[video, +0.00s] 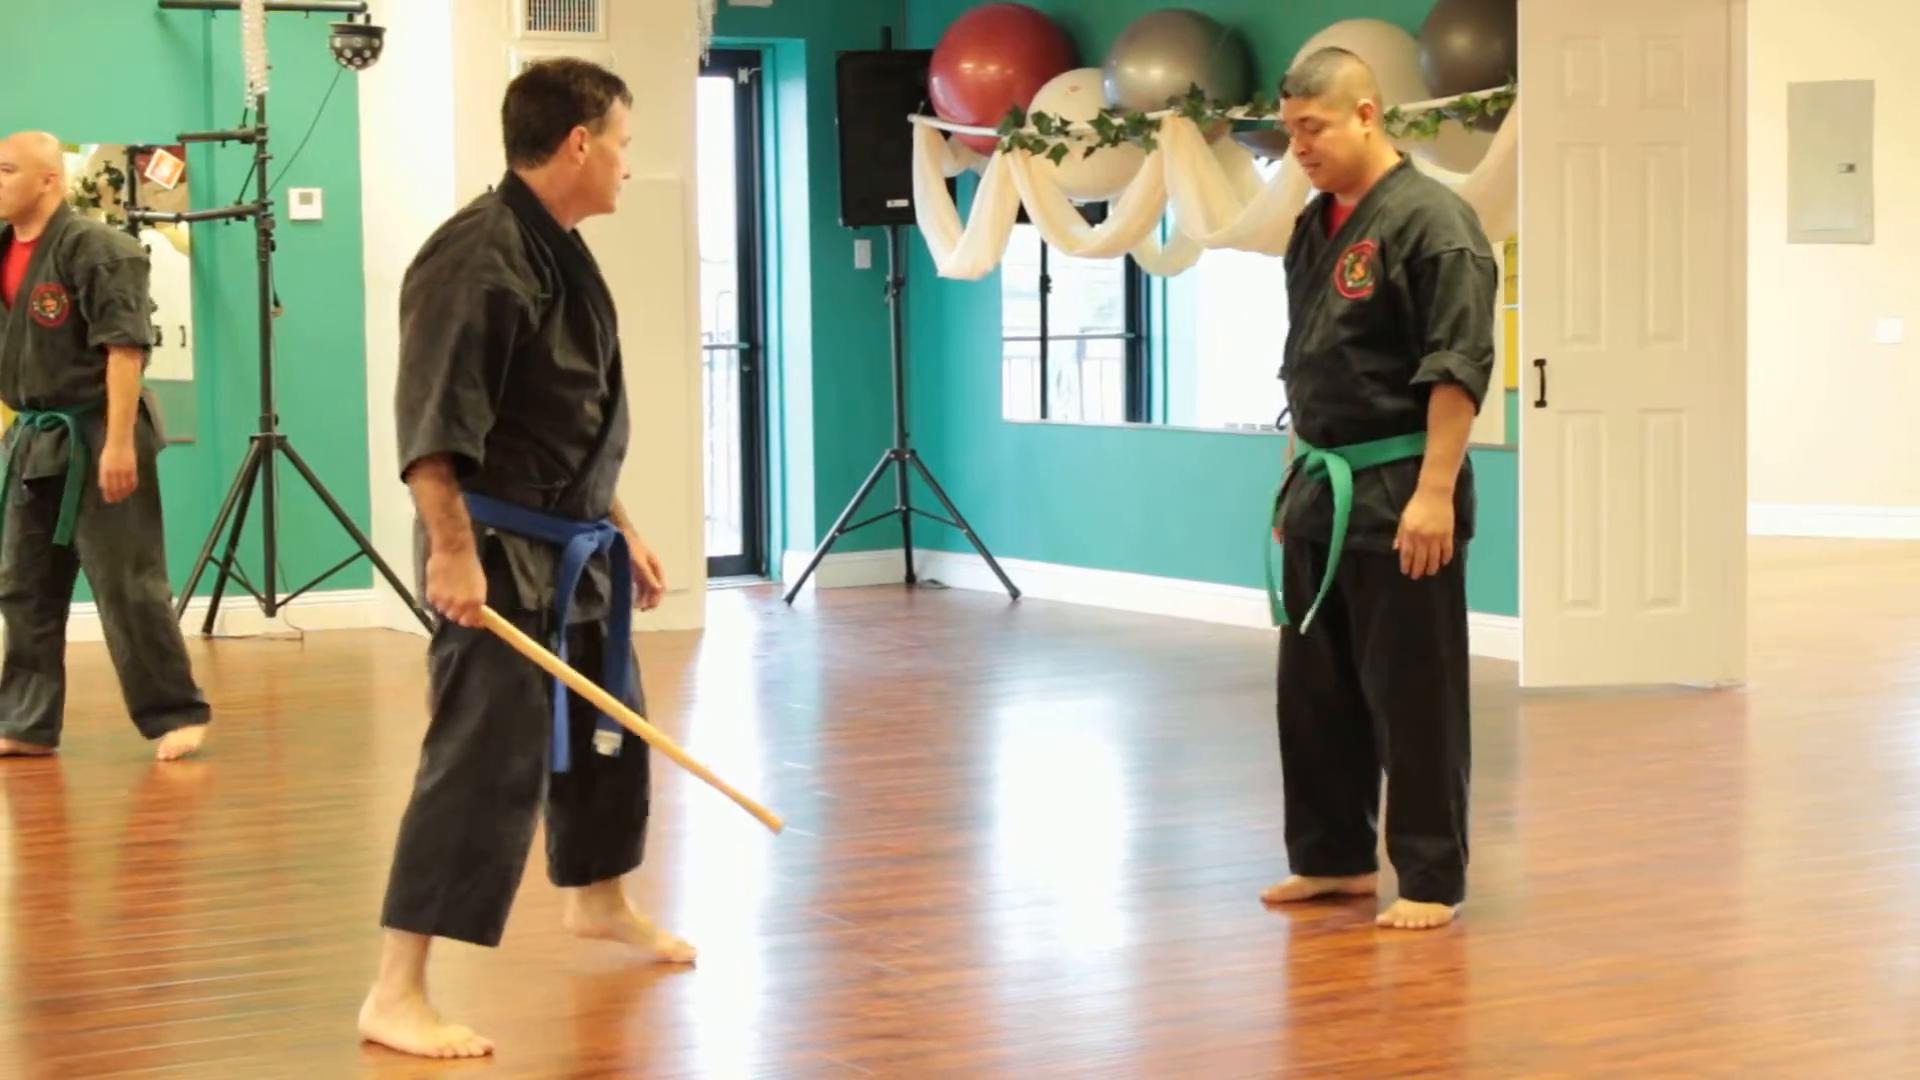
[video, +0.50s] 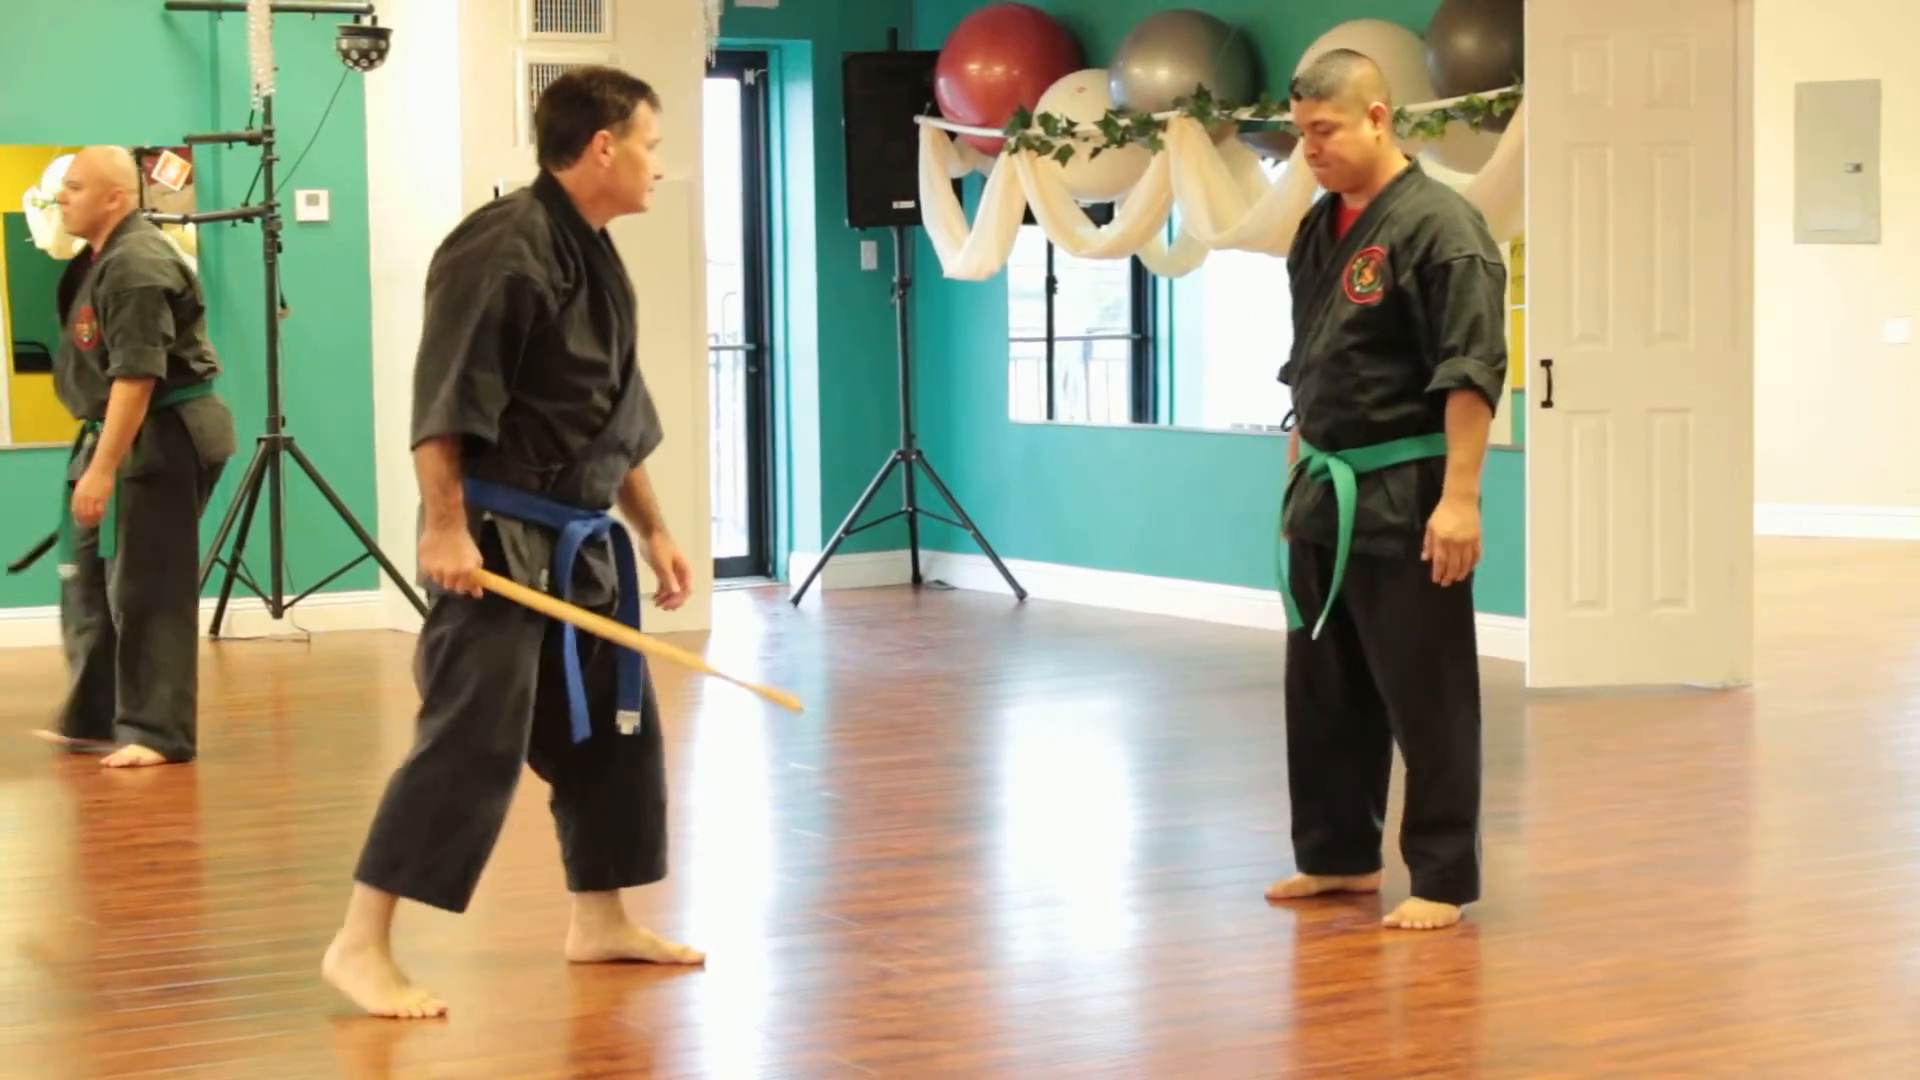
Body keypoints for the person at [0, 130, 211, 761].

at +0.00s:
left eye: (7, 170)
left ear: (48, 180)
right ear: (22, 181)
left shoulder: (99, 248)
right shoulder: (13, 253)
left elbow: (125, 348)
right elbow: (21, 357)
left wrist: (121, 440)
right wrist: (18, 424)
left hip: (102, 431)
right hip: (33, 434)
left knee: (127, 581)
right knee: (25, 587)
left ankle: (179, 718)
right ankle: (26, 725)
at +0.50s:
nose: (62, 197)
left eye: (73, 188)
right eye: (64, 187)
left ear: (113, 198)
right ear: (109, 199)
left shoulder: (136, 263)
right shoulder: (109, 258)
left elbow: (137, 378)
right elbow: (118, 370)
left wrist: (102, 468)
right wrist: (100, 447)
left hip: (163, 433)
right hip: (129, 428)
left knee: (150, 580)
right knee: (93, 575)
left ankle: (160, 732)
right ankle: (95, 718)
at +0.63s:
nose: (89, 193)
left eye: (100, 183)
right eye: (92, 182)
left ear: (140, 193)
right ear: (139, 194)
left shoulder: (154, 260)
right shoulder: (145, 248)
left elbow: (149, 373)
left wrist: (120, 463)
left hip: (174, 435)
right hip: (166, 429)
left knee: (154, 583)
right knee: (151, 574)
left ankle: (159, 733)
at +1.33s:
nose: (152, 202)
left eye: (164, 192)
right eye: (154, 191)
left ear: (207, 206)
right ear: (214, 209)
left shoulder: (192, 272)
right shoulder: (254, 266)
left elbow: (159, 379)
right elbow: (270, 373)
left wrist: (116, 456)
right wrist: (260, 444)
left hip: (198, 447)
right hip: (246, 444)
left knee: (142, 593)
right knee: (237, 590)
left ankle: (130, 744)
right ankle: (289, 722)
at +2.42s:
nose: (36, 217)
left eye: (46, 206)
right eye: (39, 207)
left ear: (86, 209)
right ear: (100, 211)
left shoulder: (64, 264)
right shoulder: (139, 255)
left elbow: (13, 290)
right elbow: (154, 233)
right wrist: (151, 176)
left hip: (81, 457)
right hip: (140, 448)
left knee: (46, 605)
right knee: (140, 583)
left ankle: (98, 744)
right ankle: (245, 685)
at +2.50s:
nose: (6, 209)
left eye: (17, 199)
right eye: (10, 198)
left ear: (49, 208)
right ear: (63, 210)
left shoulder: (42, 259)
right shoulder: (95, 252)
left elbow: (16, 285)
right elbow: (121, 230)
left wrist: (11, 286)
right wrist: (138, 175)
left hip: (53, 453)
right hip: (75, 447)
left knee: (36, 608)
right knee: (41, 596)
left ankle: (99, 745)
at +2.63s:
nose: (3, 201)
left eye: (5, 193)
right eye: (6, 193)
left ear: (9, 204)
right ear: (18, 205)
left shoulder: (16, 273)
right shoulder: (37, 267)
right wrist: (46, 162)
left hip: (20, 446)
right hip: (37, 440)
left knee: (24, 609)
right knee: (23, 607)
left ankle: (93, 741)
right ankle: (90, 738)